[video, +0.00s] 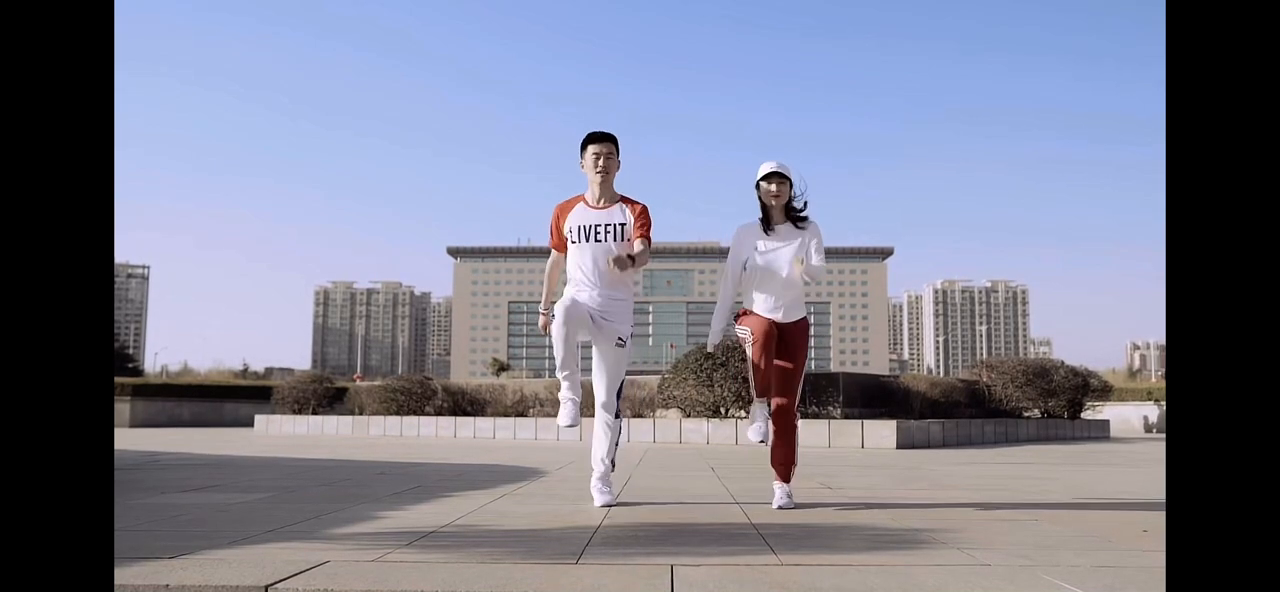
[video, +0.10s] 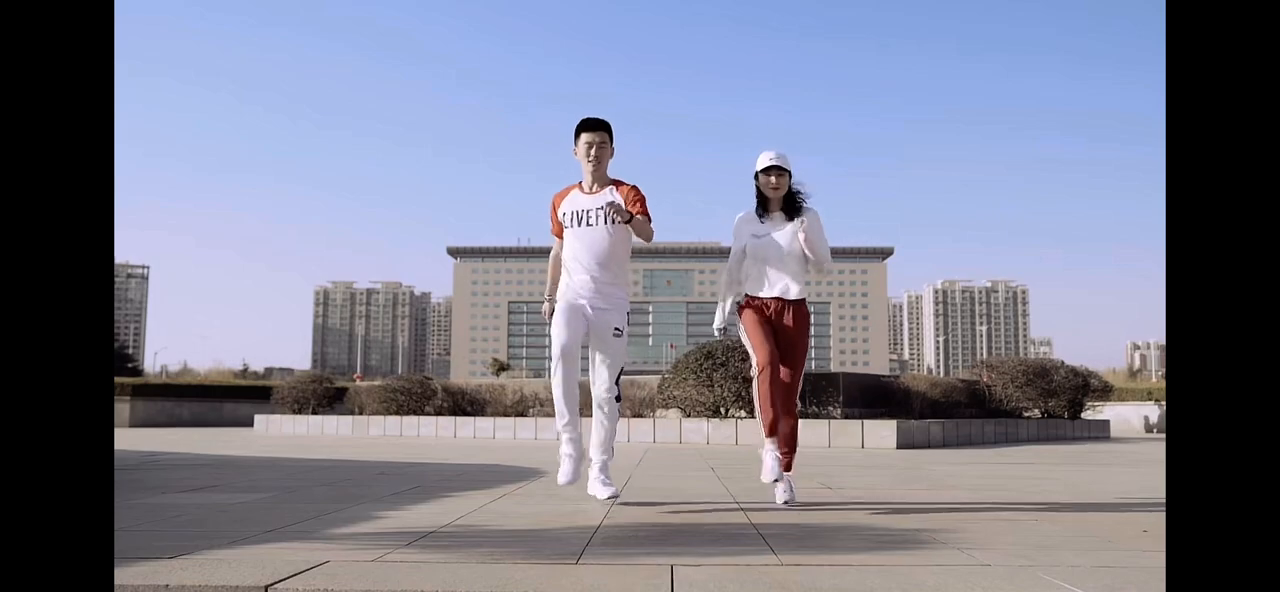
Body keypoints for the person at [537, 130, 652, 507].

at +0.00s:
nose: (603, 161)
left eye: (609, 156)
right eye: (595, 156)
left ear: (618, 163)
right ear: (583, 164)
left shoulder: (635, 210)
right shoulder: (565, 211)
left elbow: (644, 251)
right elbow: (556, 260)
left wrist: (630, 261)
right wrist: (545, 305)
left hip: (616, 310)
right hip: (578, 301)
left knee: (608, 402)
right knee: (567, 310)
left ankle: (602, 477)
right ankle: (569, 394)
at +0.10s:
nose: (595, 151)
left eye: (602, 145)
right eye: (588, 146)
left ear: (612, 151)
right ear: (576, 152)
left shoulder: (627, 193)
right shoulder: (562, 200)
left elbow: (648, 235)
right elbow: (558, 251)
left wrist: (629, 219)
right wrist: (549, 295)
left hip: (612, 302)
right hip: (571, 297)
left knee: (605, 389)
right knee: (561, 357)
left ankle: (600, 471)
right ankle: (569, 447)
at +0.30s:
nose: (588, 161)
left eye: (595, 155)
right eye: (581, 155)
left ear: (606, 162)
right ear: (570, 161)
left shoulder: (621, 205)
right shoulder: (555, 210)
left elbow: (653, 251)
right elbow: (550, 267)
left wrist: (640, 243)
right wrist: (540, 316)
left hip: (604, 317)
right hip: (563, 317)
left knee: (603, 405)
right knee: (567, 406)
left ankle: (606, 482)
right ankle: (574, 487)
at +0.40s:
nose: (589, 152)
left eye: (596, 146)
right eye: (582, 146)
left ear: (605, 152)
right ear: (570, 151)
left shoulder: (621, 199)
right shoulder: (551, 199)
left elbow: (637, 253)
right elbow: (537, 247)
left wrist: (643, 301)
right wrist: (527, 280)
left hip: (604, 303)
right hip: (564, 304)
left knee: (604, 347)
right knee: (570, 394)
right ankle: (580, 476)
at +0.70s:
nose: (595, 153)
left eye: (602, 147)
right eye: (588, 146)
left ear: (610, 151)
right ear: (573, 148)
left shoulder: (620, 197)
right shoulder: (549, 192)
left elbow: (624, 238)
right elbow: (521, 245)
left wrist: (634, 275)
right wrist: (537, 238)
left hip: (602, 297)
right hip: (563, 300)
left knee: (591, 371)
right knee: (568, 381)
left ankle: (587, 465)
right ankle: (587, 464)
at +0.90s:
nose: (597, 160)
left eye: (604, 153)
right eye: (591, 152)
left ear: (612, 157)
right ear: (575, 153)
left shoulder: (621, 200)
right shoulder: (550, 198)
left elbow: (634, 243)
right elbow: (532, 248)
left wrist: (647, 284)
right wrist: (533, 286)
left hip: (601, 312)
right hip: (559, 310)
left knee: (596, 398)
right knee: (564, 399)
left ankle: (588, 484)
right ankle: (575, 467)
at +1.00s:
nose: (593, 153)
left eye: (600, 147)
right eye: (586, 146)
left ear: (608, 150)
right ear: (571, 147)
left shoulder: (621, 198)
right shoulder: (548, 194)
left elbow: (632, 254)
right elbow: (530, 249)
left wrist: (621, 268)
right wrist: (510, 297)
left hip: (600, 297)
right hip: (559, 291)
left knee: (590, 394)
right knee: (544, 315)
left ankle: (586, 481)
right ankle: (550, 398)